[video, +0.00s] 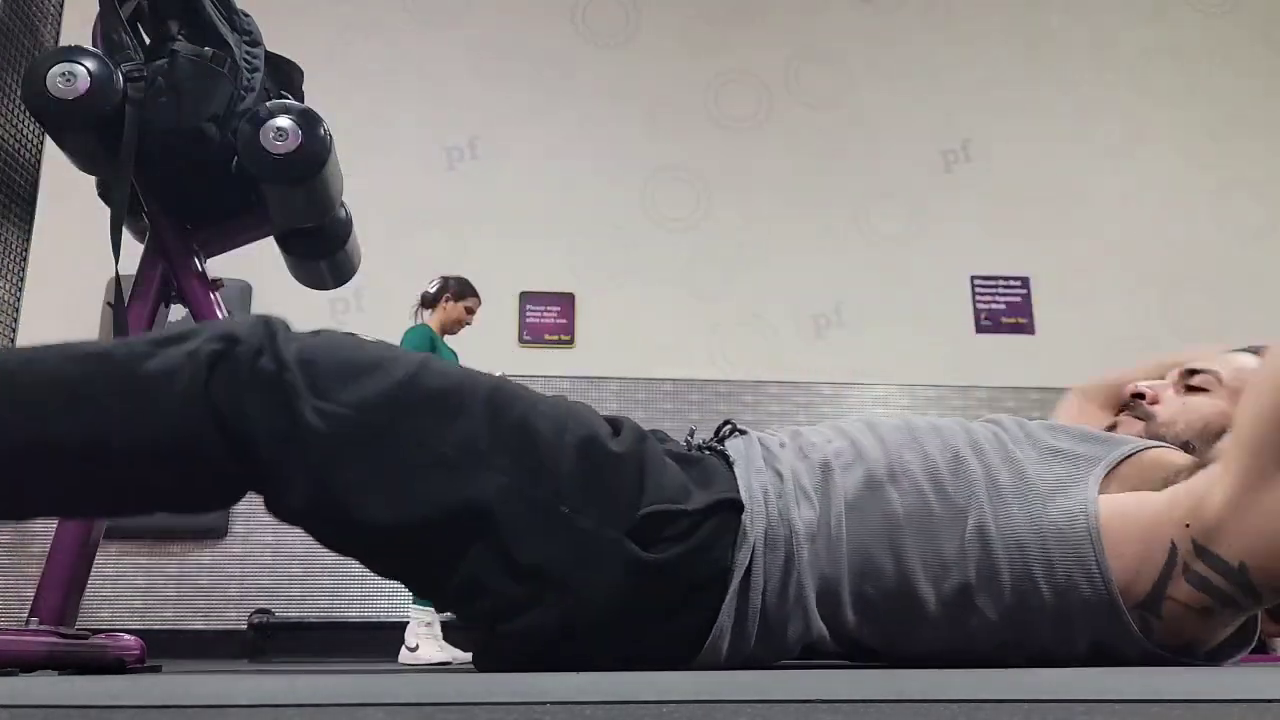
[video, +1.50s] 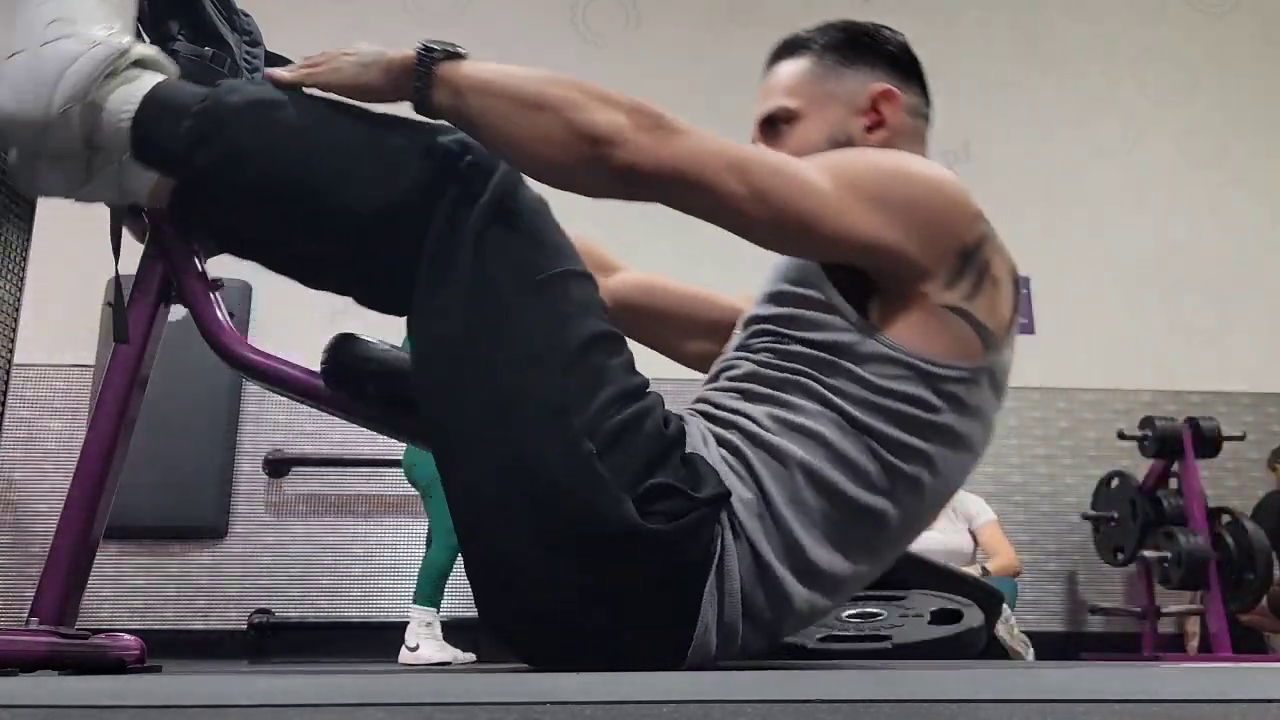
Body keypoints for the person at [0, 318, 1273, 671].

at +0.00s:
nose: (1189, 388)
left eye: (1217, 402)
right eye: (1191, 377)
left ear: (1245, 455)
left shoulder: (1193, 569)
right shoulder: (1099, 483)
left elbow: (1266, 398)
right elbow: (1092, 395)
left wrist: (1241, 391)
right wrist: (1195, 390)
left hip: (690, 538)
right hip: (677, 510)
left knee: (247, 378)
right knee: (250, 387)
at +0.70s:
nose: (1196, 406)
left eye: (1228, 410)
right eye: (1210, 399)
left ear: (1246, 470)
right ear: (1183, 428)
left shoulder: (1186, 570)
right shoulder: (1109, 483)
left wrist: (1195, 386)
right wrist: (1193, 380)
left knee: (257, 344)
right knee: (277, 338)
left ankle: (8, 380)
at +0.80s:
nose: (1196, 386)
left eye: (1232, 408)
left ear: (1256, 444)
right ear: (1197, 399)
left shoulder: (1196, 546)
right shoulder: (1081, 479)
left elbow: (1229, 222)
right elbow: (978, 395)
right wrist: (1114, 244)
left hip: (649, 557)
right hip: (649, 493)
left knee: (310, 302)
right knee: (332, 308)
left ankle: (9, 319)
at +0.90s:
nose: (1176, 348)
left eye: (1213, 360)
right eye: (1194, 342)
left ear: (1252, 439)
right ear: (1161, 396)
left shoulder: (1206, 530)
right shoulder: (1068, 478)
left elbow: (1074, 254)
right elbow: (906, 395)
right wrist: (930, 202)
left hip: (656, 565)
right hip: (643, 508)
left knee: (350, 275)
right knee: (368, 287)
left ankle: (20, 267)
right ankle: (224, 202)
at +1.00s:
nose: (1086, 340)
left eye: (1129, 329)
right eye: (1100, 321)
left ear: (1224, 382)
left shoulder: (1195, 487)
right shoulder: (1040, 469)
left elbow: (951, 274)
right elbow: (833, 369)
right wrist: (738, 201)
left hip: (686, 561)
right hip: (669, 522)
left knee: (368, 265)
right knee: (381, 285)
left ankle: (23, 230)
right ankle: (68, 235)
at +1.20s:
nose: (932, 263)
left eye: (960, 237)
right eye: (933, 241)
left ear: (1068, 247)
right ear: (983, 260)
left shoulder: (1107, 352)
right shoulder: (954, 403)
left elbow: (807, 261)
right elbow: (723, 358)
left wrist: (585, 155)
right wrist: (545, 255)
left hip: (709, 555)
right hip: (685, 532)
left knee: (398, 251)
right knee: (398, 264)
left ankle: (49, 204)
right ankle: (76, 198)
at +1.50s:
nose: (761, 161)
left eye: (789, 131)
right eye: (765, 142)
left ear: (891, 113)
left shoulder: (936, 210)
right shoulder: (845, 318)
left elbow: (634, 147)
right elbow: (606, 286)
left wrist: (411, 78)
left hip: (660, 565)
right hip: (622, 592)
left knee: (460, 191)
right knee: (461, 195)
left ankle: (102, 111)